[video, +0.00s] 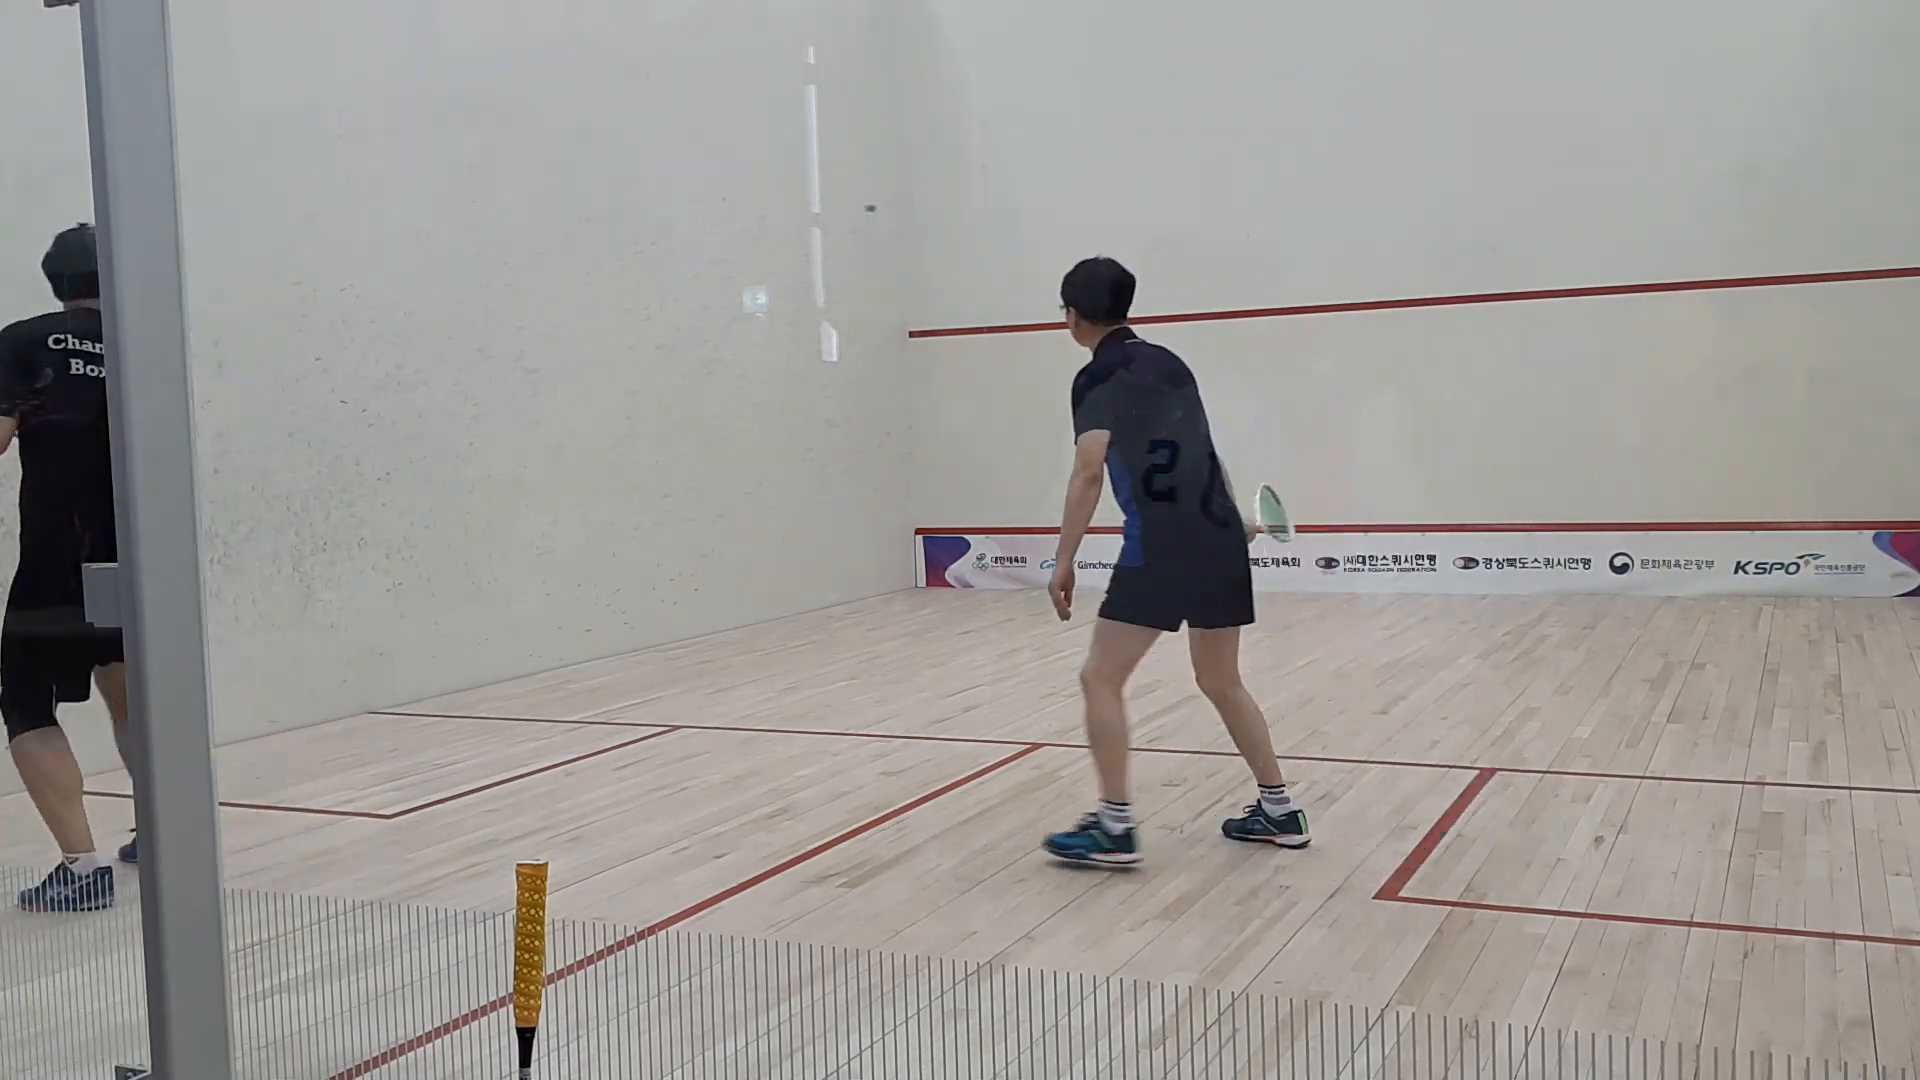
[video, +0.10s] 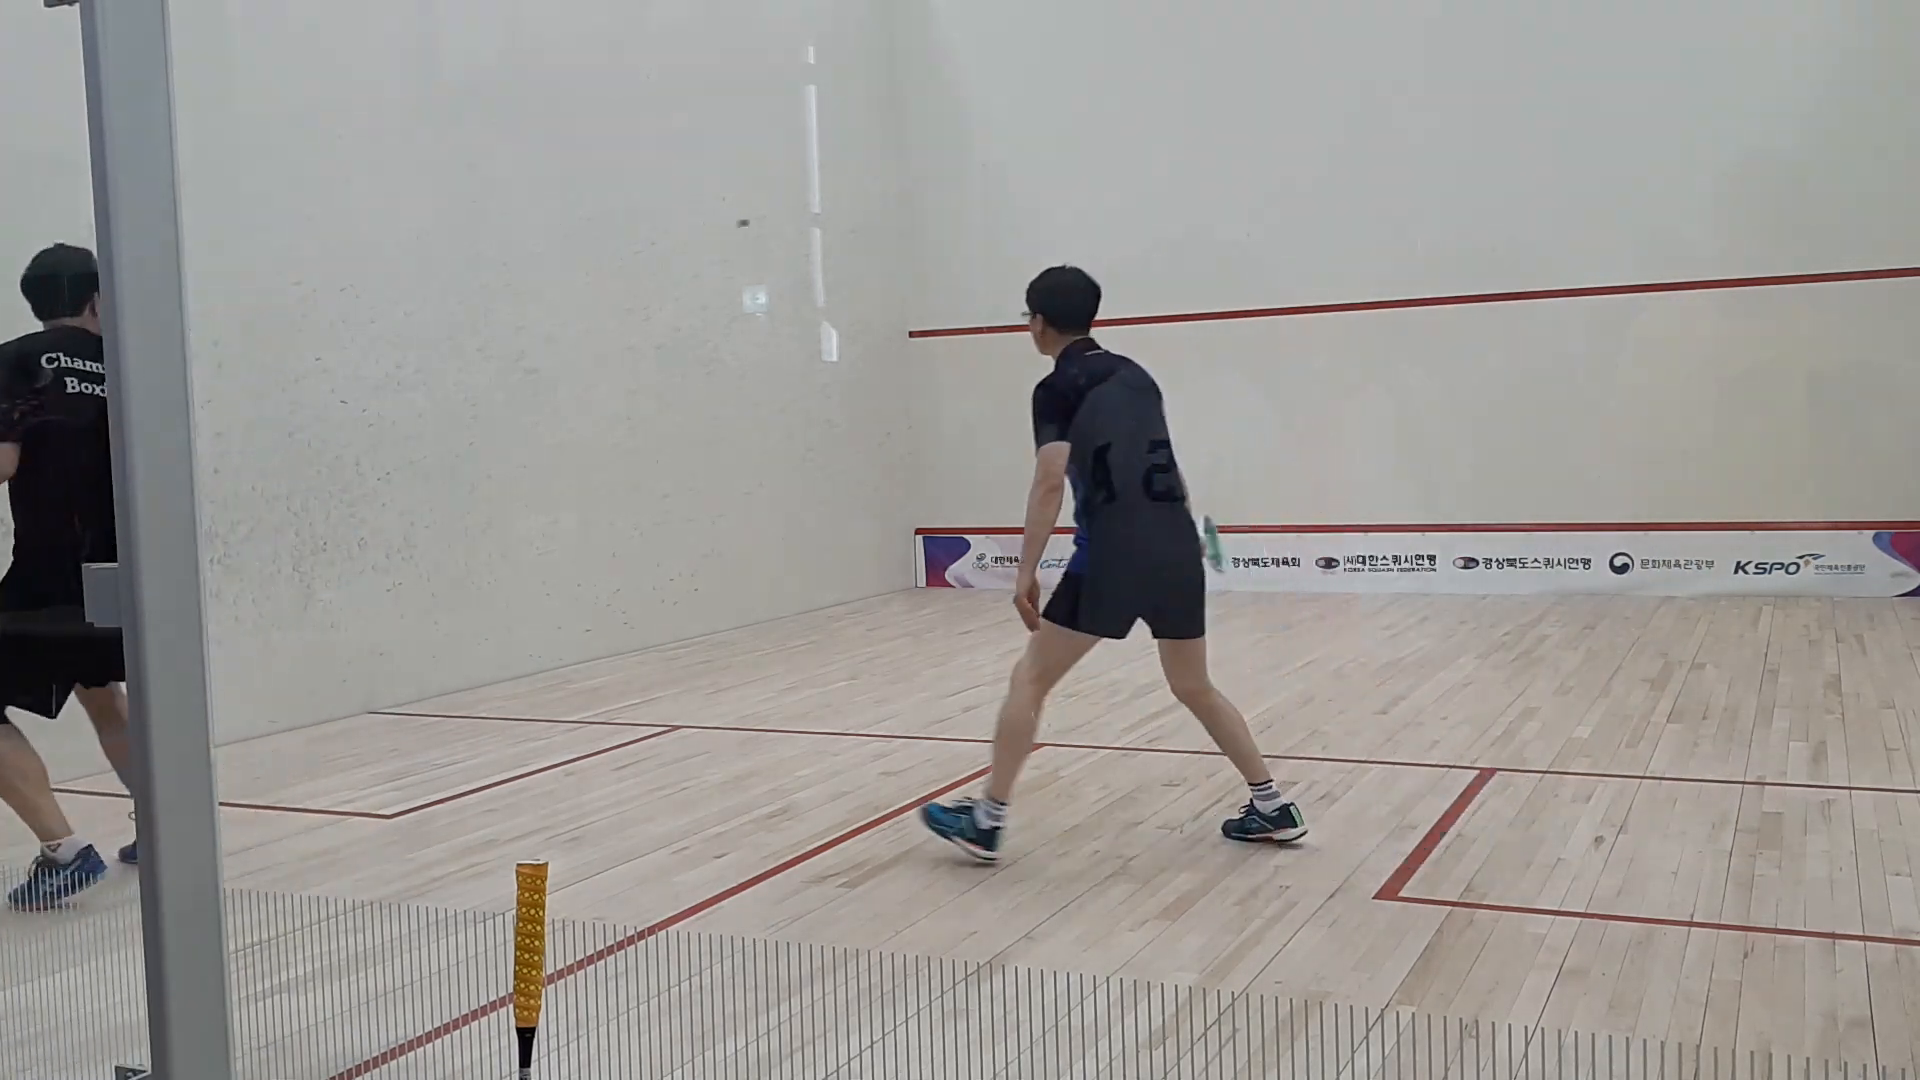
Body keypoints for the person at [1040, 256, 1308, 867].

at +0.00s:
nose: (1064, 319)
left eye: (1065, 310)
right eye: (1068, 308)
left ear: (1074, 315)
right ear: (1124, 309)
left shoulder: (1099, 378)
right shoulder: (1171, 364)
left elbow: (1090, 472)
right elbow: (1198, 458)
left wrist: (1064, 560)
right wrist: (1235, 523)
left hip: (1158, 556)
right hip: (1223, 548)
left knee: (1101, 677)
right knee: (1220, 678)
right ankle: (1278, 804)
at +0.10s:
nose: (1028, 325)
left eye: (1030, 316)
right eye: (1030, 314)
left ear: (1042, 323)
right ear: (1089, 319)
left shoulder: (1055, 387)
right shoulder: (1138, 376)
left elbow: (1051, 481)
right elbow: (1160, 473)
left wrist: (1028, 569)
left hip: (1110, 562)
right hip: (1178, 556)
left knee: (1031, 677)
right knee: (1194, 684)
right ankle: (1271, 801)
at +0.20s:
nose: (981, 336)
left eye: (981, 326)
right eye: (982, 326)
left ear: (992, 331)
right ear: (1041, 329)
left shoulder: (999, 402)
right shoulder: (1089, 390)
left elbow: (994, 496)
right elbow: (1129, 487)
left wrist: (972, 584)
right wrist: (1135, 558)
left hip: (1047, 572)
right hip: (1117, 561)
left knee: (965, 693)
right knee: (1169, 688)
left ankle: (900, 817)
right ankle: (1258, 794)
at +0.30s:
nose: (923, 346)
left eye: (925, 337)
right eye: (926, 336)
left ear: (936, 343)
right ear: (985, 339)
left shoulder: (932, 416)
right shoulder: (1033, 401)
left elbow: (927, 511)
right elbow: (1075, 496)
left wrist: (910, 597)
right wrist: (1093, 565)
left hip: (983, 590)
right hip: (1058, 578)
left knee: (891, 688)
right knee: (1131, 694)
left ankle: (872, 826)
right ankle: (1222, 797)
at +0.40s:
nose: (874, 349)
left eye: (876, 340)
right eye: (874, 339)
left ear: (890, 345)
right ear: (938, 343)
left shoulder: (880, 421)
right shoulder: (985, 404)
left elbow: (873, 518)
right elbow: (1027, 499)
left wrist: (856, 606)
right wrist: (1047, 571)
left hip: (936, 588)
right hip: (1011, 580)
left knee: (856, 688)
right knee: (1083, 699)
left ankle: (870, 825)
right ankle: (1164, 806)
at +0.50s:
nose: (844, 329)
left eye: (846, 320)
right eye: (846, 320)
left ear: (860, 326)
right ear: (905, 323)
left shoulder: (850, 402)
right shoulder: (955, 384)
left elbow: (848, 498)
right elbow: (994, 482)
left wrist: (834, 586)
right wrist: (1000, 557)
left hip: (907, 574)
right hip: (982, 563)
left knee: (850, 689)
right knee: (1033, 696)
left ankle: (868, 824)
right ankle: (1087, 812)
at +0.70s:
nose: (814, 301)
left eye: (816, 291)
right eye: (815, 290)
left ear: (833, 296)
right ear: (875, 293)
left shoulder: (831, 368)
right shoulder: (931, 357)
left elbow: (841, 465)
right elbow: (968, 458)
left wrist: (834, 560)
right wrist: (967, 532)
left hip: (871, 546)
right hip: (945, 542)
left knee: (816, 671)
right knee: (976, 685)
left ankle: (806, 809)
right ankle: (1008, 816)